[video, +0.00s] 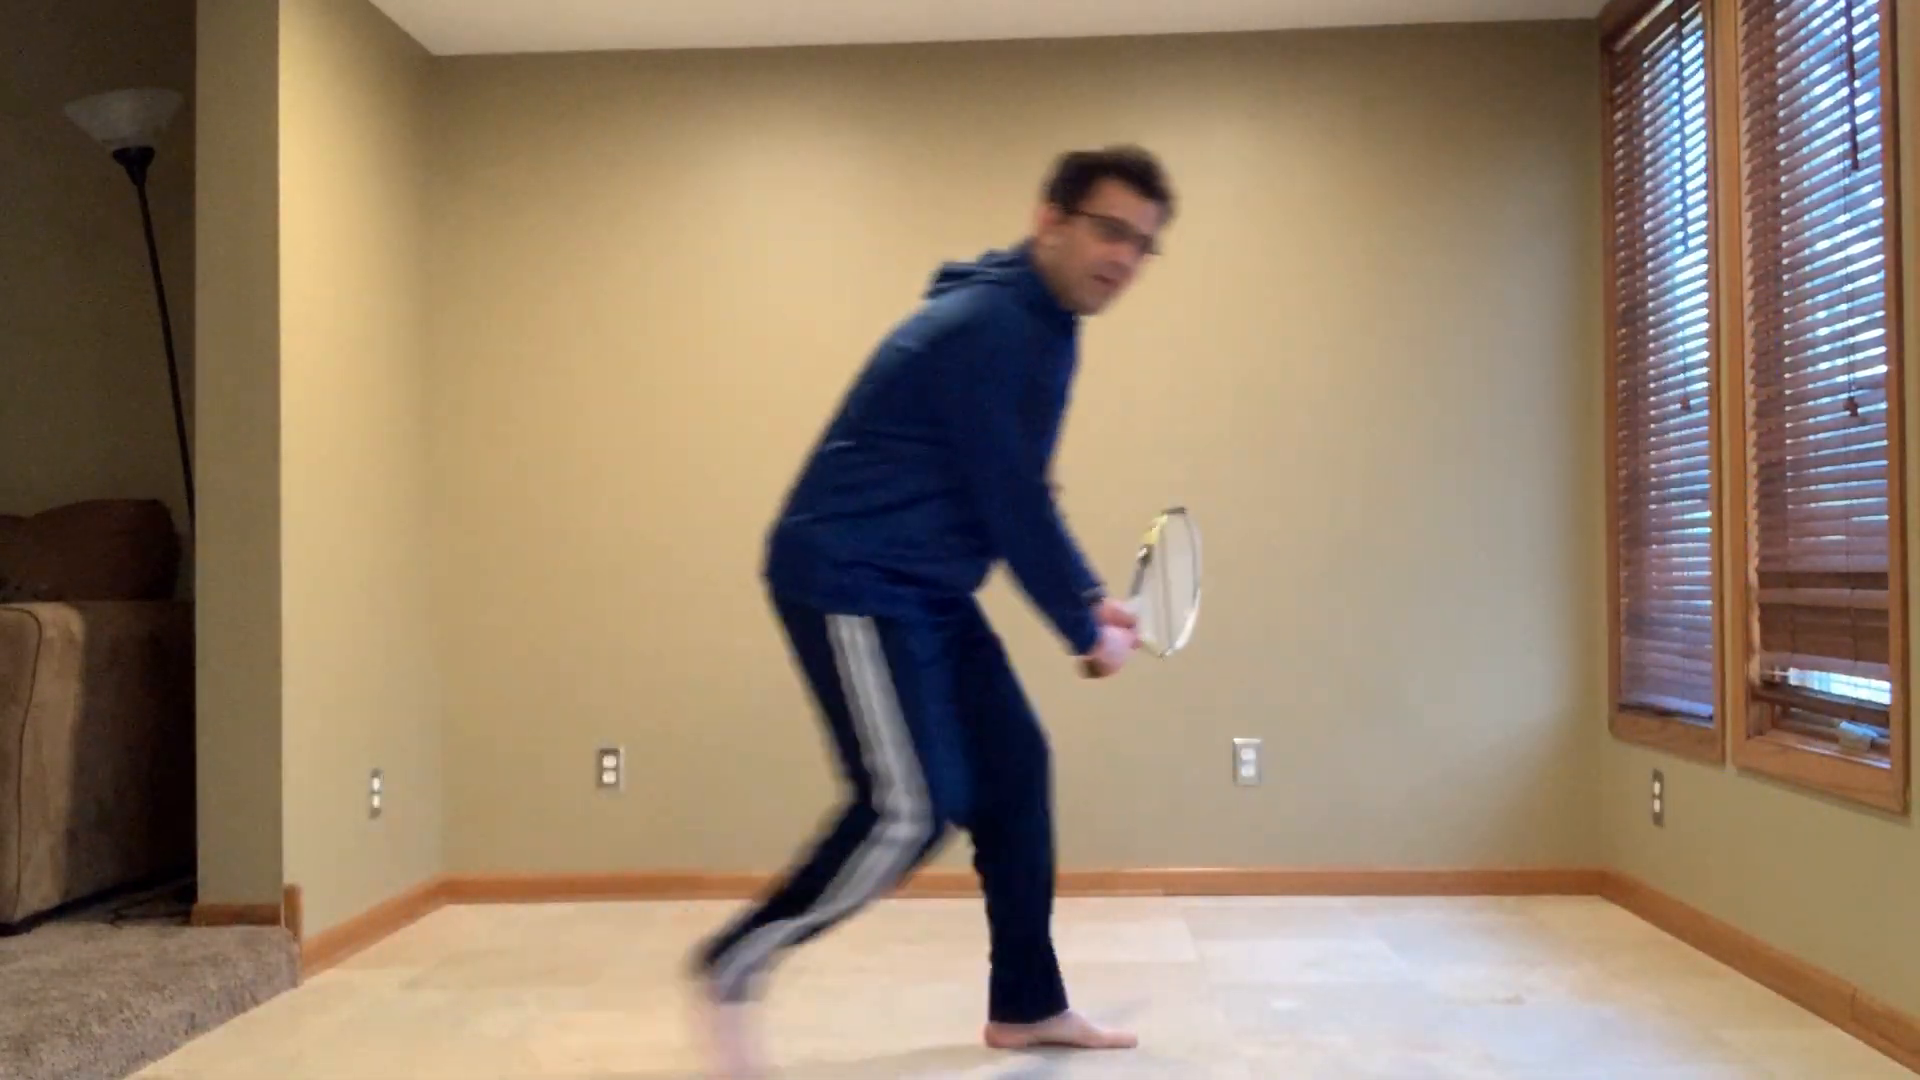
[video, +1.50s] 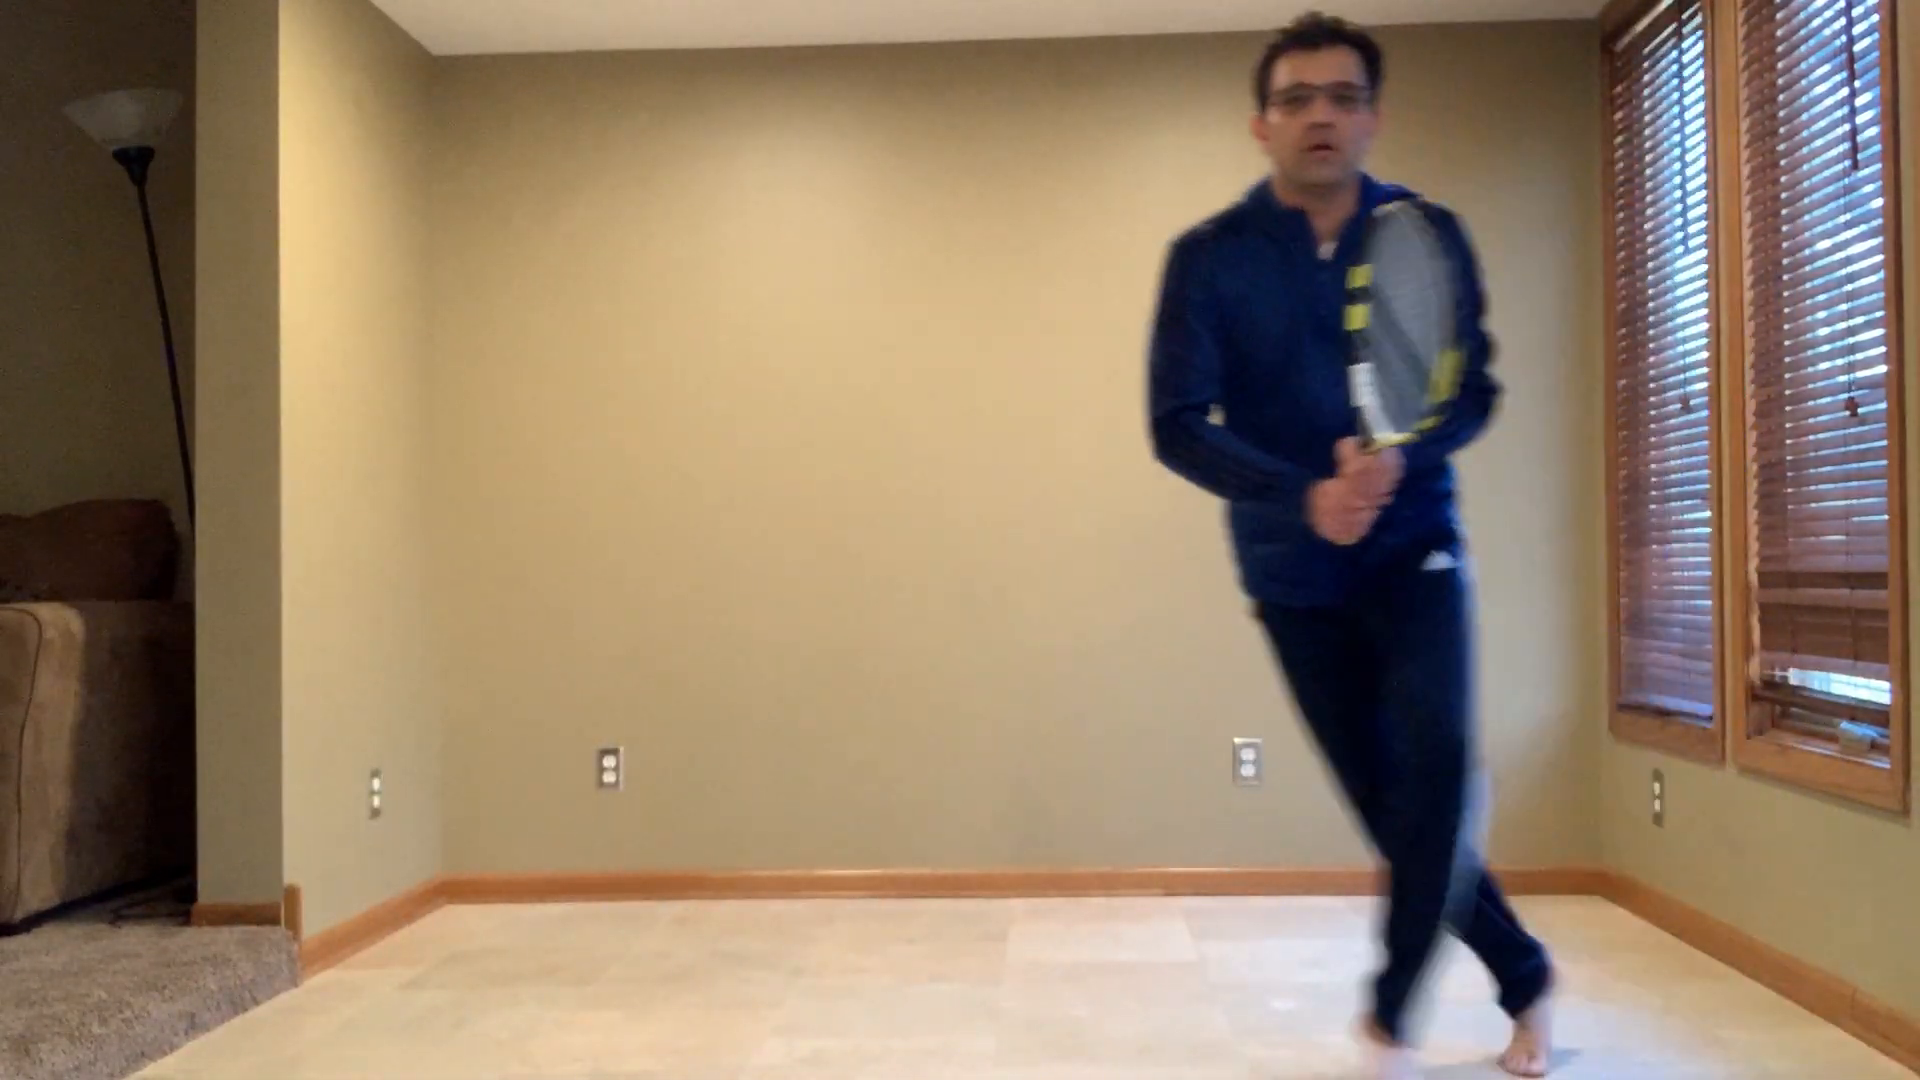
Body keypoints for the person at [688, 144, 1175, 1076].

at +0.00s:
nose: (1122, 258)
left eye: (1141, 246)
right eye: (1108, 231)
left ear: (1150, 258)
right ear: (1048, 220)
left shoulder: (1046, 329)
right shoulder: (991, 323)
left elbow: (1021, 490)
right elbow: (1006, 498)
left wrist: (1088, 599)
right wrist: (1080, 621)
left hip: (928, 587)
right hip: (847, 579)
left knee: (1013, 764)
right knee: (910, 803)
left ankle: (1027, 1003)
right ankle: (730, 966)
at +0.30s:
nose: (1464, 289)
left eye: (1475, 272)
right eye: (1453, 261)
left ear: (1367, 245)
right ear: (1380, 238)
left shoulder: (1263, 293)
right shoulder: (1370, 366)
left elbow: (1213, 449)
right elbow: (1337, 515)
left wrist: (1252, 579)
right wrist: (1311, 602)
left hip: (1095, 580)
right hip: (1184, 593)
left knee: (1172, 797)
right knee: (1344, 790)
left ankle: (1048, 990)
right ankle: (1443, 1062)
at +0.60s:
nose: (1661, 174)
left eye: (1673, 158)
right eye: (1647, 144)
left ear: (1671, 173)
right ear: (1568, 127)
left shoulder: (1624, 261)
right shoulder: (1435, 221)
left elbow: (1603, 298)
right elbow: (1384, 370)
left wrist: (1527, 195)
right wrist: (1500, 296)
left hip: (1460, 567)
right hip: (1365, 545)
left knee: (1476, 806)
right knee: (1500, 794)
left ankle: (1266, 940)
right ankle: (1459, 1068)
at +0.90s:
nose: (1714, 109)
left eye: (1730, 94)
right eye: (1689, 85)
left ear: (1739, 116)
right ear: (1622, 100)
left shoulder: (1744, 216)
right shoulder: (1536, 212)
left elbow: (1665, 264)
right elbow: (1373, 297)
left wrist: (1539, 170)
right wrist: (1465, 174)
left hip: (1678, 557)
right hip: (1539, 553)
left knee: (1785, 793)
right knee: (1580, 796)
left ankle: (1852, 1025)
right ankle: (1496, 1064)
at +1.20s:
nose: (1559, 103)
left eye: (1580, 87)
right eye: (1532, 88)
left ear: (1609, 118)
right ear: (1487, 121)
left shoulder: (1657, 233)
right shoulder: (1437, 263)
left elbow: (1677, 396)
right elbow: (1377, 406)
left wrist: (1529, 425)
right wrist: (1422, 464)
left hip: (1660, 571)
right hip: (1514, 581)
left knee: (1758, 789)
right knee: (1529, 800)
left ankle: (1841, 1022)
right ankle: (1543, 982)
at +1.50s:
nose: (1321, 116)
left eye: (1342, 97)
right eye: (1296, 99)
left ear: (1374, 117)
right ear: (1261, 121)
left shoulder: (1426, 232)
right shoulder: (1209, 258)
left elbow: (1475, 390)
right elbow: (1176, 426)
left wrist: (1396, 456)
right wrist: (1302, 494)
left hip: (1419, 551)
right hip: (1297, 573)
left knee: (1438, 775)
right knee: (1385, 797)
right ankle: (1526, 978)